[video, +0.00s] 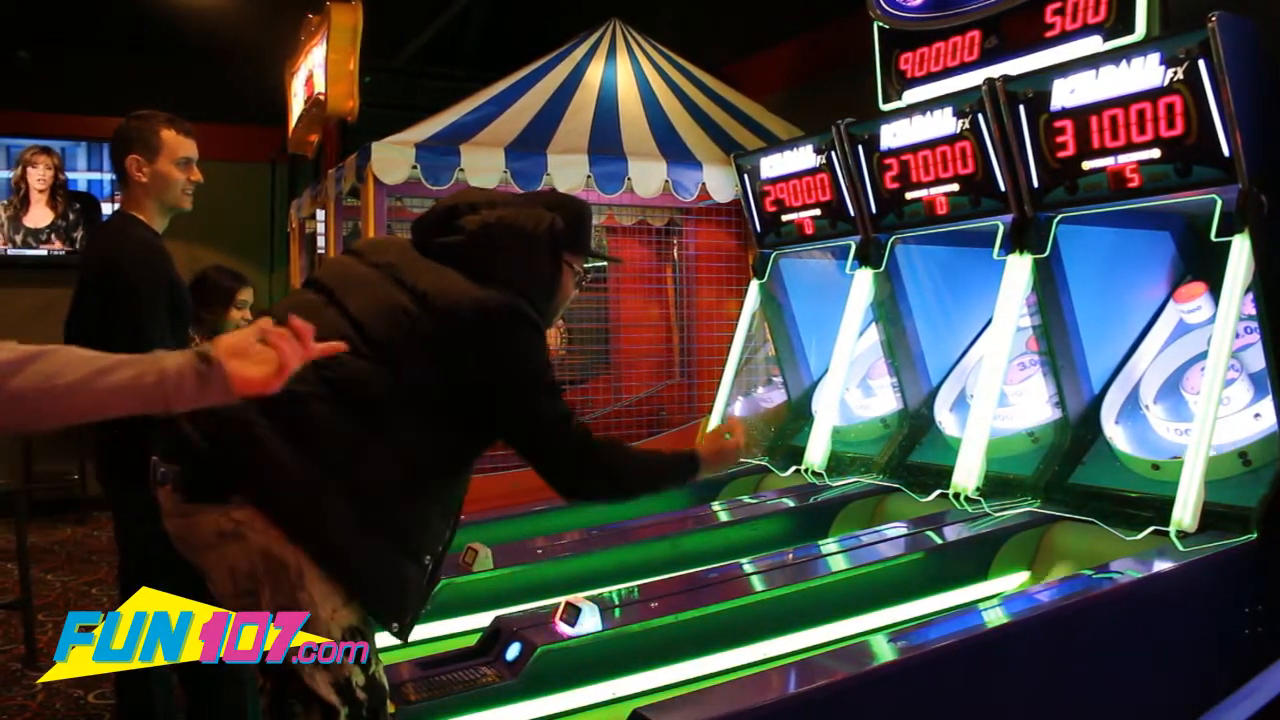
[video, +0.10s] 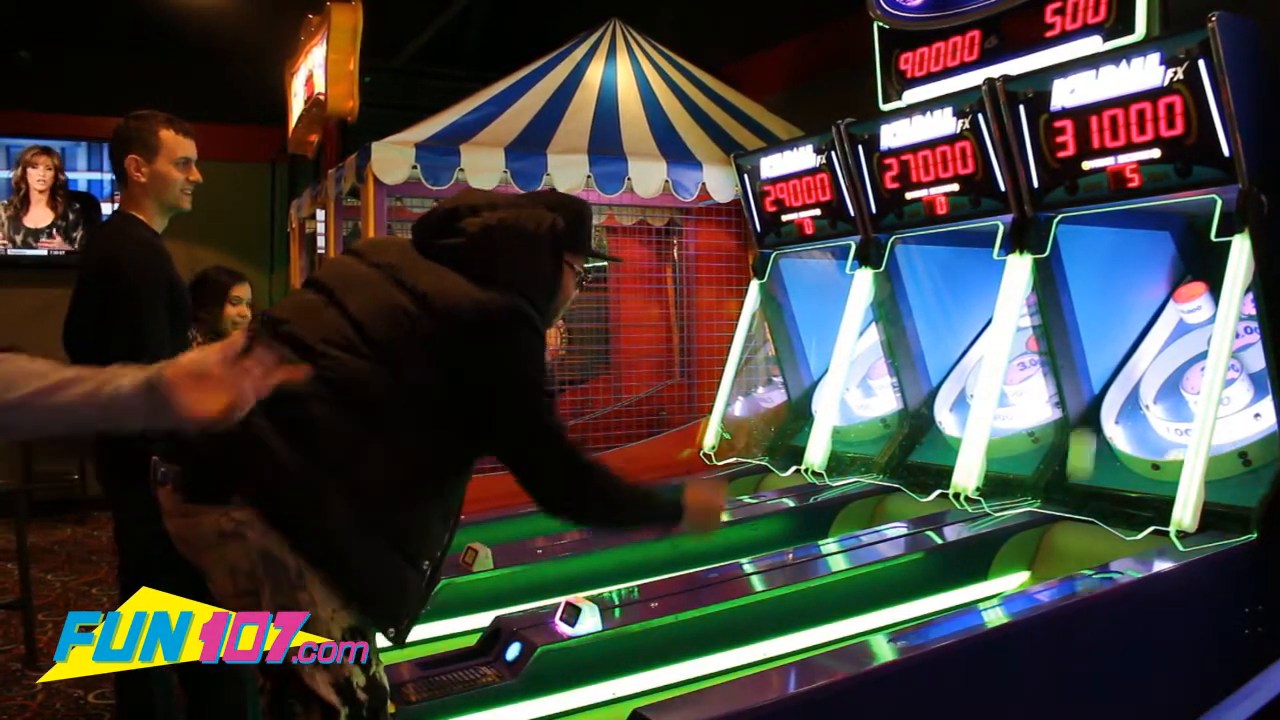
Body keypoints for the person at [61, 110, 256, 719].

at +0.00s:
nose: (196, 177)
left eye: (196, 166)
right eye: (184, 165)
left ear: (141, 173)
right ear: (138, 169)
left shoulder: (116, 239)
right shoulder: (133, 249)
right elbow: (142, 373)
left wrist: (206, 373)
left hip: (134, 453)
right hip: (145, 461)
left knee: (151, 591)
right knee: (165, 596)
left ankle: (147, 702)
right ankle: (157, 704)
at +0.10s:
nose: (195, 177)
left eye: (195, 166)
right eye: (183, 165)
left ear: (140, 173)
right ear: (137, 169)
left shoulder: (113, 239)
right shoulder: (134, 251)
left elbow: (84, 345)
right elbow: (144, 370)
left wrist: (156, 391)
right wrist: (164, 464)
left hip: (133, 458)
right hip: (145, 463)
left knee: (149, 590)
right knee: (167, 596)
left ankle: (146, 700)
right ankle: (159, 702)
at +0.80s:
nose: (153, 167)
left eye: (152, 155)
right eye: (137, 155)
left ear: (97, 167)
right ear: (86, 165)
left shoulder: (93, 244)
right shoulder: (83, 253)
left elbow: (105, 387)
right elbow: (96, 397)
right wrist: (136, 507)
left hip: (99, 476)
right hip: (97, 485)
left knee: (105, 633)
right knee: (110, 638)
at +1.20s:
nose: (119, 160)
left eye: (119, 148)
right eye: (105, 149)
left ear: (63, 163)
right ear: (52, 160)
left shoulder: (65, 242)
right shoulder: (35, 251)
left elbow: (69, 386)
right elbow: (43, 399)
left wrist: (93, 491)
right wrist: (77, 517)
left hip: (78, 478)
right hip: (45, 490)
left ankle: (121, 704)